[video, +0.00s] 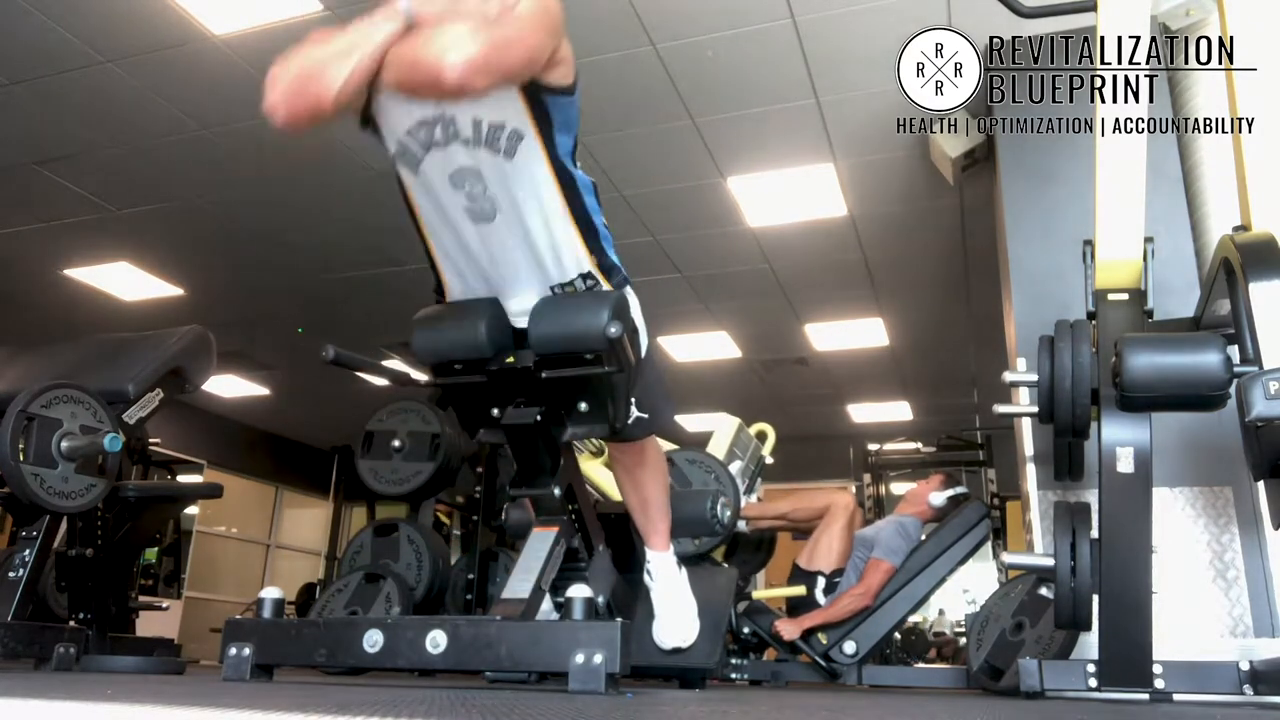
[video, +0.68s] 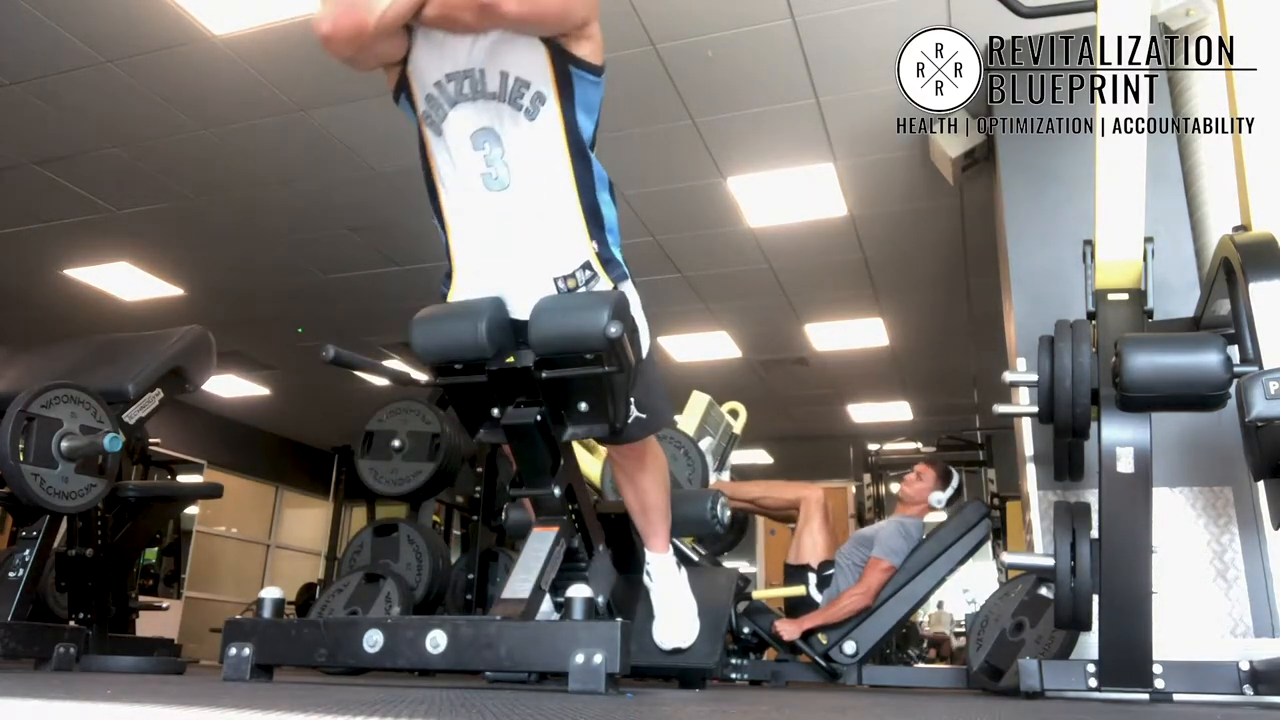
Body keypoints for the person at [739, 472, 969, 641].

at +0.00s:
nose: (917, 482)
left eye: (927, 481)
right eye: (926, 479)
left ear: (933, 497)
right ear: (934, 500)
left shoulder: (899, 528)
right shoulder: (904, 527)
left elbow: (865, 595)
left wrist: (801, 624)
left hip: (816, 605)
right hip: (820, 602)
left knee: (843, 500)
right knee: (843, 504)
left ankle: (739, 509)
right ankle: (750, 519)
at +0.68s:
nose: (907, 478)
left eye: (919, 478)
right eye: (912, 472)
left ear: (933, 499)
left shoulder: (901, 528)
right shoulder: (905, 526)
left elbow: (864, 595)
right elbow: (865, 591)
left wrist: (801, 624)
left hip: (816, 603)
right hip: (821, 598)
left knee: (814, 497)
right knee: (807, 502)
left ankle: (716, 487)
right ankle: (724, 498)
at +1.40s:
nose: (872, 485)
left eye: (876, 479)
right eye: (874, 478)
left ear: (893, 482)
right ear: (899, 483)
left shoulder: (894, 528)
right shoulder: (896, 526)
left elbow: (876, 593)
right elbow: (875, 588)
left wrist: (808, 595)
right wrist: (810, 592)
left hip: (814, 601)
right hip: (817, 596)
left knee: (752, 508)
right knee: (755, 510)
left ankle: (672, 459)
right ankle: (681, 463)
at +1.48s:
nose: (870, 487)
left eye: (872, 480)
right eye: (870, 480)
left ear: (886, 478)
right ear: (898, 479)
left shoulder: (895, 526)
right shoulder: (896, 524)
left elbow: (871, 586)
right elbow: (870, 583)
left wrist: (805, 579)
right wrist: (810, 579)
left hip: (817, 613)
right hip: (820, 605)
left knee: (753, 508)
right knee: (754, 510)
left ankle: (672, 459)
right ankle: (682, 464)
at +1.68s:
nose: (869, 492)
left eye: (870, 484)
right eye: (868, 485)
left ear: (884, 481)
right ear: (898, 482)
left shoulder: (895, 523)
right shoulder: (897, 523)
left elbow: (877, 582)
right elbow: (876, 583)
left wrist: (807, 586)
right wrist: (810, 584)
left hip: (817, 617)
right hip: (821, 613)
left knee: (754, 509)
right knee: (757, 512)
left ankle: (675, 462)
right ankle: (687, 467)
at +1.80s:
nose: (868, 492)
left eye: (869, 484)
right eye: (867, 485)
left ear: (882, 480)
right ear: (897, 481)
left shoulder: (893, 523)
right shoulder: (895, 522)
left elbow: (882, 586)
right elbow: (876, 584)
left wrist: (815, 606)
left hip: (813, 599)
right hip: (816, 596)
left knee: (754, 510)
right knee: (757, 513)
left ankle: (671, 458)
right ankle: (684, 464)